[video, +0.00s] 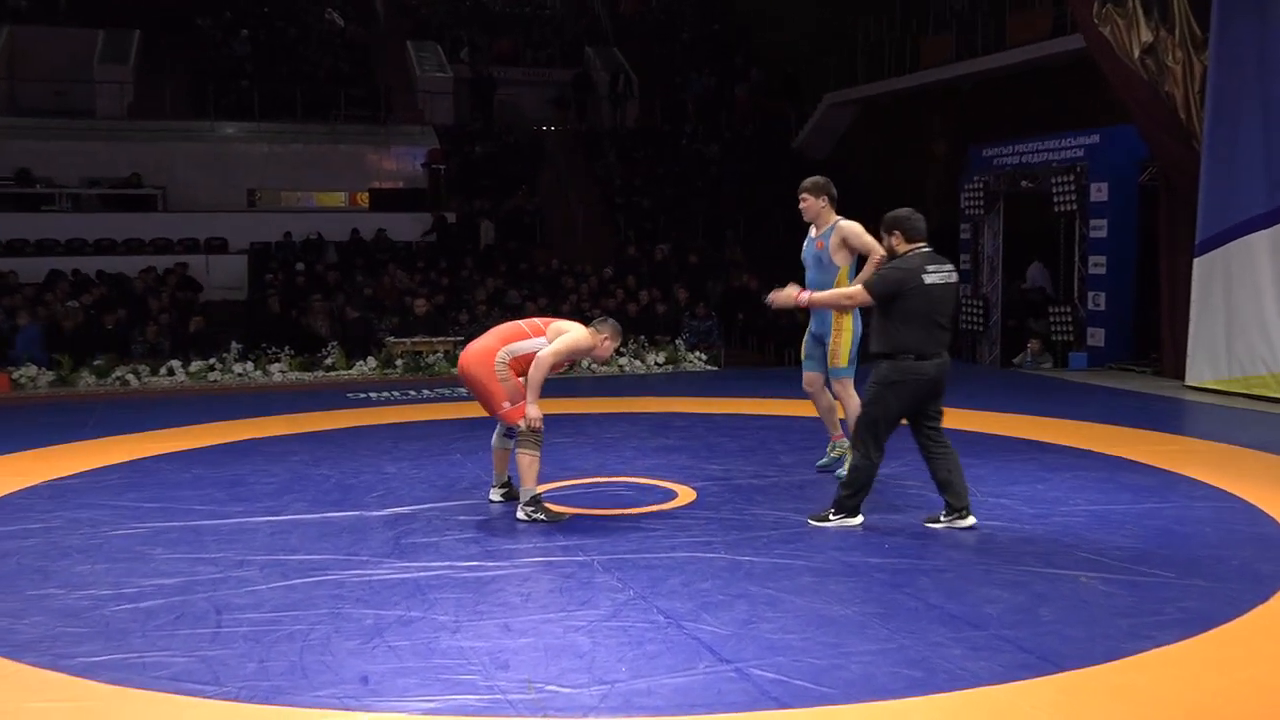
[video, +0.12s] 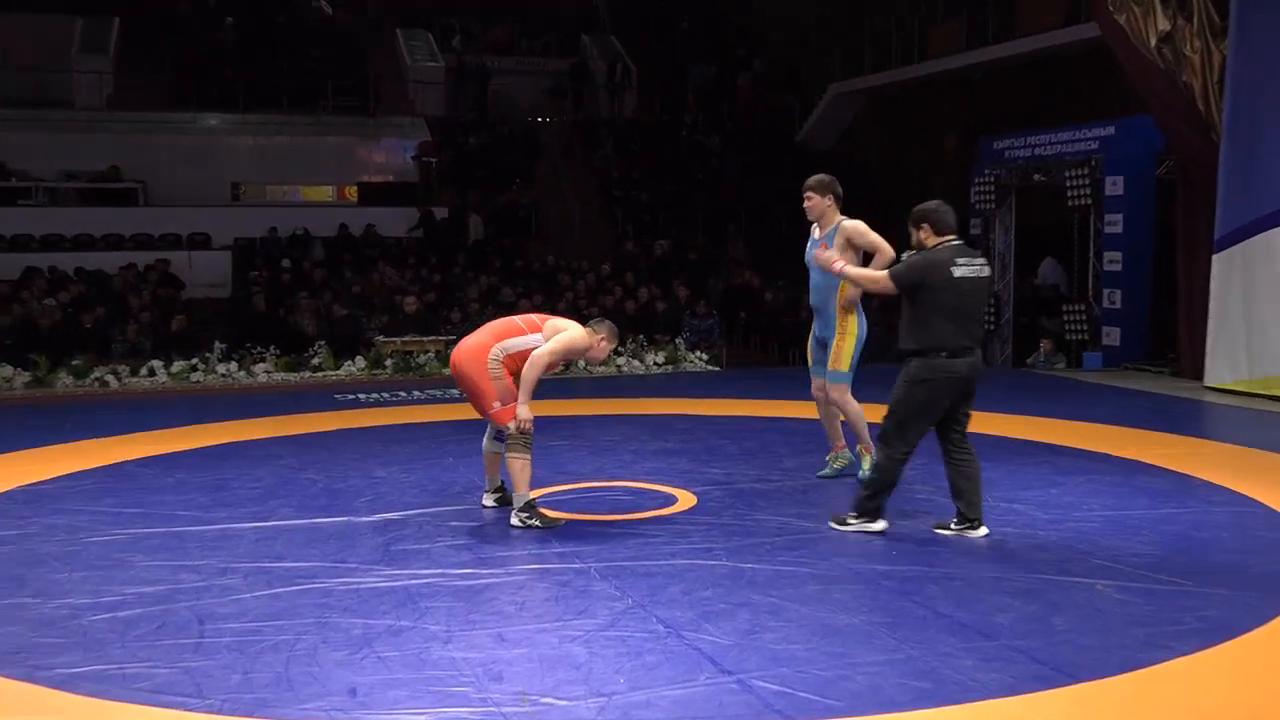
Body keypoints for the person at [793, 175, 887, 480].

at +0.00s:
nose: (800, 206)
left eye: (804, 200)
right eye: (799, 201)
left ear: (823, 201)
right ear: (815, 203)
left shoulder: (846, 229)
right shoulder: (813, 231)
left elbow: (878, 253)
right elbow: (820, 271)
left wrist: (856, 289)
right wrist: (810, 296)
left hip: (842, 319)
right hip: (818, 319)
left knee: (843, 386)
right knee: (812, 384)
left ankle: (862, 452)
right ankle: (839, 443)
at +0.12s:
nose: (805, 204)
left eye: (810, 199)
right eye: (804, 199)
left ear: (829, 200)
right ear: (820, 202)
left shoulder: (850, 228)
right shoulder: (815, 230)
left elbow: (886, 254)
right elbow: (826, 270)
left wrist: (859, 286)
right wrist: (819, 305)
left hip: (846, 322)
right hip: (821, 322)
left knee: (837, 391)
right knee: (819, 390)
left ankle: (868, 450)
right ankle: (840, 452)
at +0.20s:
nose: (809, 212)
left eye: (815, 207)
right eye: (808, 207)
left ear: (834, 209)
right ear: (822, 211)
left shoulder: (854, 241)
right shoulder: (819, 241)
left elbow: (888, 272)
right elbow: (816, 276)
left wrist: (862, 306)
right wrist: (807, 298)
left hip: (850, 336)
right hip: (825, 335)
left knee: (836, 403)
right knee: (822, 403)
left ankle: (875, 456)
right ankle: (848, 461)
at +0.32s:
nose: (815, 206)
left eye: (821, 200)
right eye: (815, 200)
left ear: (842, 204)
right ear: (823, 204)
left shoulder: (860, 236)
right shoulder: (824, 236)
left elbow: (890, 273)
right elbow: (825, 281)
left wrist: (867, 311)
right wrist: (806, 311)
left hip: (858, 333)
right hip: (832, 335)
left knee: (837, 400)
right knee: (829, 403)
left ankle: (879, 452)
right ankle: (857, 464)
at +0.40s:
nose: (818, 189)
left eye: (823, 183)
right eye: (817, 183)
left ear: (844, 185)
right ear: (828, 188)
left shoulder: (865, 218)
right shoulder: (826, 218)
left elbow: (903, 249)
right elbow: (837, 263)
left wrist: (878, 291)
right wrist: (825, 294)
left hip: (864, 320)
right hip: (837, 321)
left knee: (844, 388)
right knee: (839, 392)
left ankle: (876, 452)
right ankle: (856, 458)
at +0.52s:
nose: (824, 176)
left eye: (830, 169)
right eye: (822, 171)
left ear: (851, 170)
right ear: (829, 175)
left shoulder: (873, 202)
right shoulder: (833, 205)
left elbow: (913, 232)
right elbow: (844, 249)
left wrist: (889, 278)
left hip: (868, 310)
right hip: (844, 311)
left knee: (856, 387)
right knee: (840, 389)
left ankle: (875, 464)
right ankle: (873, 457)